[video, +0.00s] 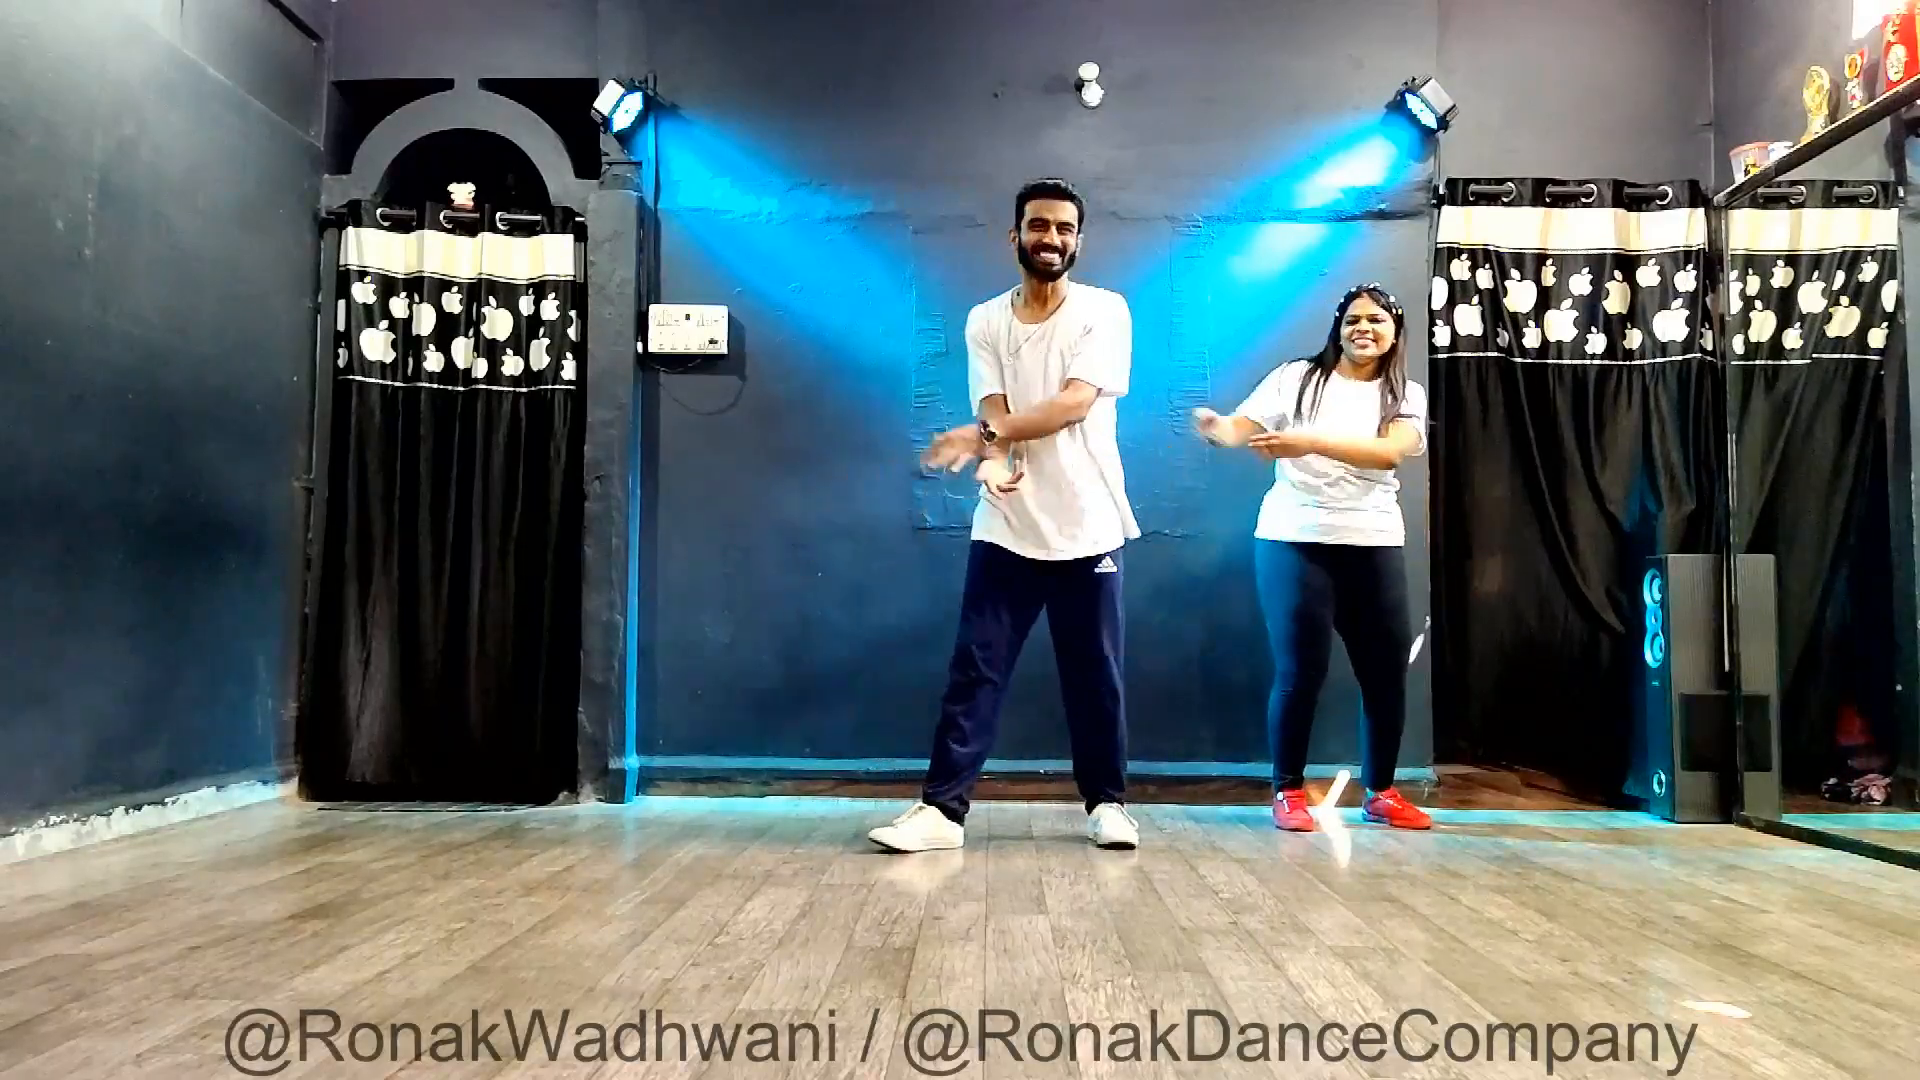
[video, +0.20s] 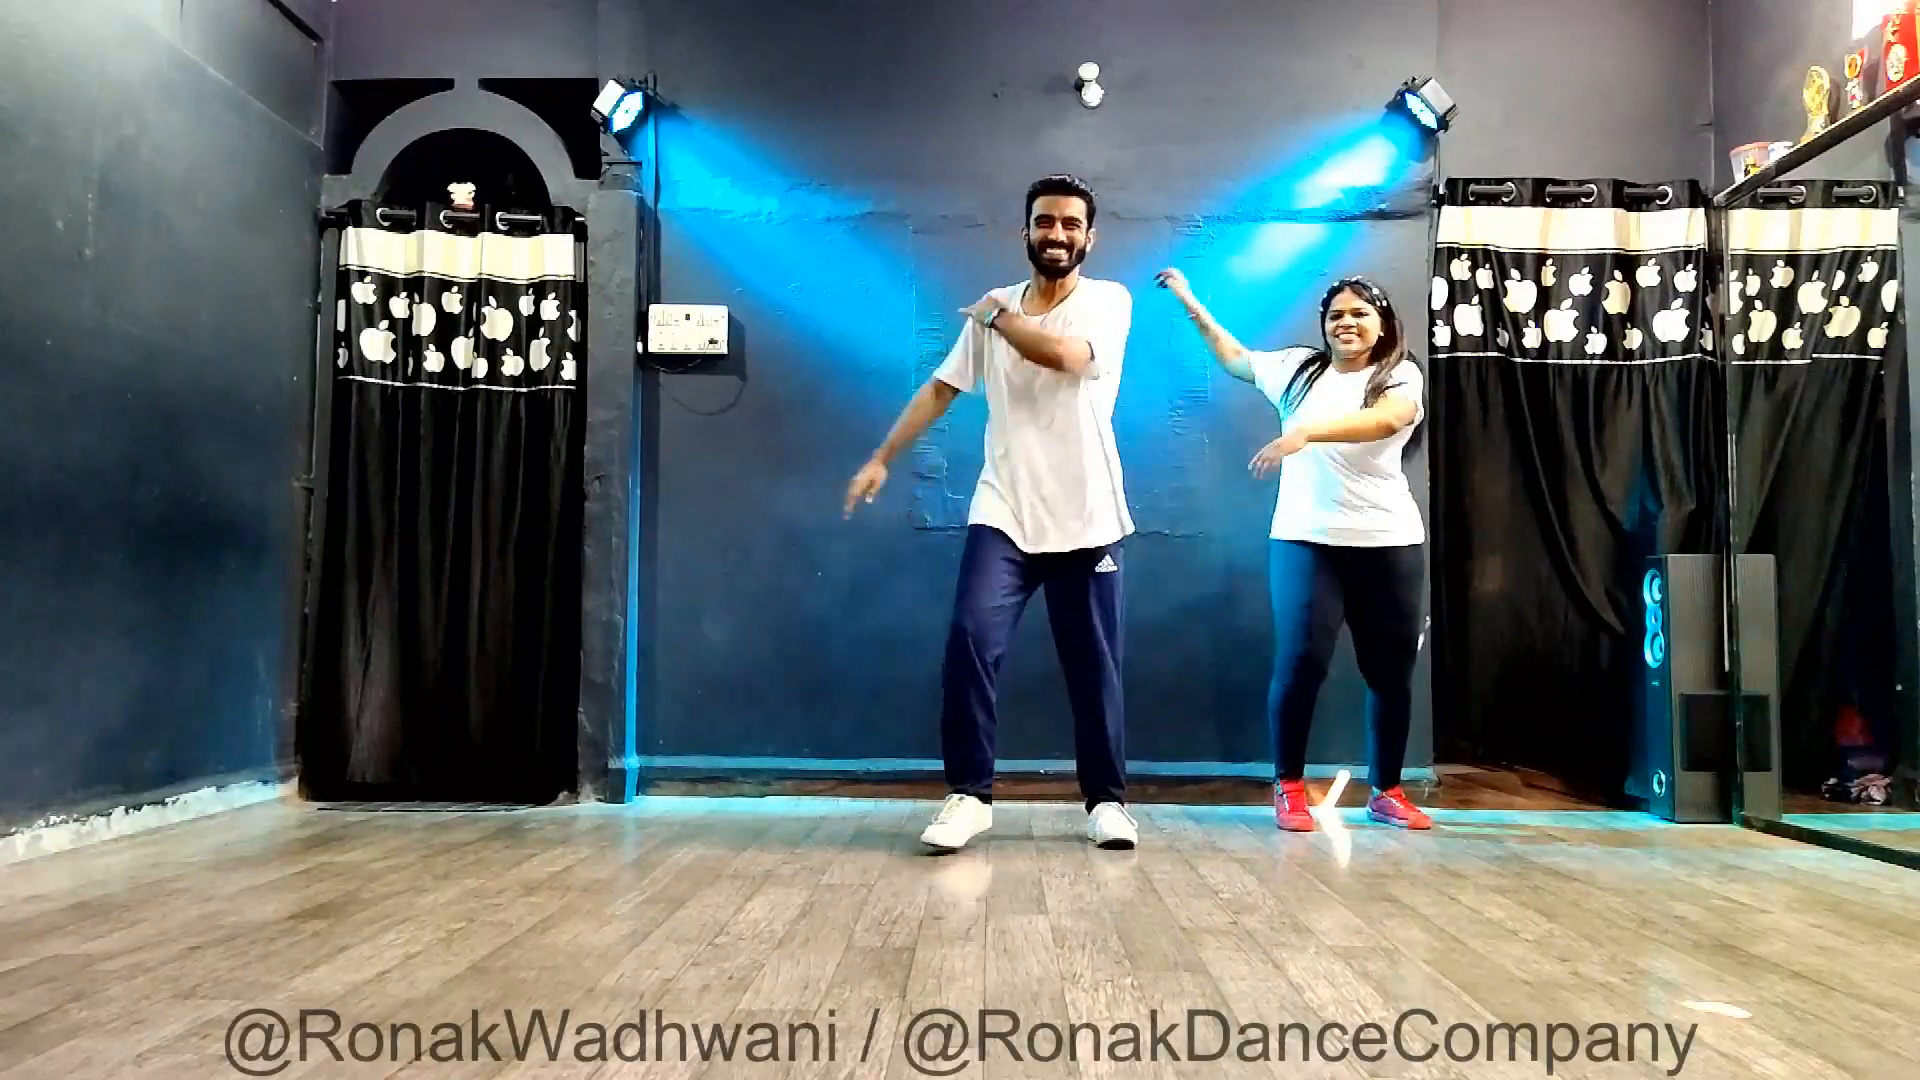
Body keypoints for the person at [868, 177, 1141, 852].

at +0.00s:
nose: (1051, 238)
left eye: (1064, 228)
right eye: (1038, 226)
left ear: (1078, 239)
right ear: (1016, 235)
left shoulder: (1104, 311)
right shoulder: (985, 320)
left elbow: (1074, 405)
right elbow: (994, 409)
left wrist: (980, 434)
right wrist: (997, 456)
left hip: (1086, 523)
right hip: (1007, 522)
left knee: (1095, 673)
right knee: (977, 666)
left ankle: (1107, 804)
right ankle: (944, 810)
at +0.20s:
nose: (1058, 233)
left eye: (1071, 223)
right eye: (1046, 222)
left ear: (1088, 235)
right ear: (1026, 232)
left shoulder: (1107, 299)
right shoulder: (994, 309)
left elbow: (1074, 356)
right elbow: (940, 390)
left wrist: (1005, 318)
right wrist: (881, 459)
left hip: (1085, 509)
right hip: (1006, 505)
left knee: (1094, 661)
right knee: (972, 635)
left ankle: (1107, 801)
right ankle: (970, 795)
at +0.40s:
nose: (992, 248)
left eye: (1005, 235)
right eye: (978, 236)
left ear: (1025, 236)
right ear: (960, 242)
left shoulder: (1052, 270)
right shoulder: (940, 323)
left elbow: (1122, 300)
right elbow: (905, 394)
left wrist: (1056, 372)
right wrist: (871, 454)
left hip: (1077, 508)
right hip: (992, 515)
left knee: (1096, 661)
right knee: (963, 649)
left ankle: (1108, 800)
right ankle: (957, 803)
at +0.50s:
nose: (972, 287)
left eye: (983, 270)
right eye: (956, 274)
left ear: (1002, 253)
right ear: (935, 263)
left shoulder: (1044, 297)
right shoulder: (914, 352)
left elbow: (1109, 369)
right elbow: (908, 452)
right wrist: (893, 542)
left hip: (1068, 514)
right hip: (977, 530)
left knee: (1111, 643)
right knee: (959, 669)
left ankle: (1115, 775)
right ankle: (957, 812)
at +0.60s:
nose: (963, 279)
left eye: (975, 265)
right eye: (949, 265)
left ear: (995, 255)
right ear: (929, 258)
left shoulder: (1036, 308)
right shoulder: (908, 344)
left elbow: (1086, 395)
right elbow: (913, 430)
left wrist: (1129, 483)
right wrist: (915, 503)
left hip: (1053, 495)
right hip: (967, 519)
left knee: (1094, 558)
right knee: (955, 674)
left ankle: (1092, 701)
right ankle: (959, 812)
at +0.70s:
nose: (970, 227)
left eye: (983, 214)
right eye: (957, 214)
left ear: (1002, 214)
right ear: (935, 216)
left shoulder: (1040, 278)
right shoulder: (912, 289)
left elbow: (1072, 374)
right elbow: (916, 349)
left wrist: (1092, 455)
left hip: (1042, 462)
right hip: (966, 486)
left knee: (1089, 483)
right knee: (968, 658)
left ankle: (1068, 643)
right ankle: (961, 804)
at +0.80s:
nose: (989, 170)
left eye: (1003, 159)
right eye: (976, 158)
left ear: (1022, 173)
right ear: (956, 170)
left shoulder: (1047, 249)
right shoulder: (926, 249)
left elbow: (1058, 346)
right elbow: (934, 274)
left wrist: (1074, 428)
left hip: (1037, 440)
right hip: (961, 454)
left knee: (1092, 433)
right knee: (953, 630)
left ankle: (1038, 583)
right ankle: (966, 776)